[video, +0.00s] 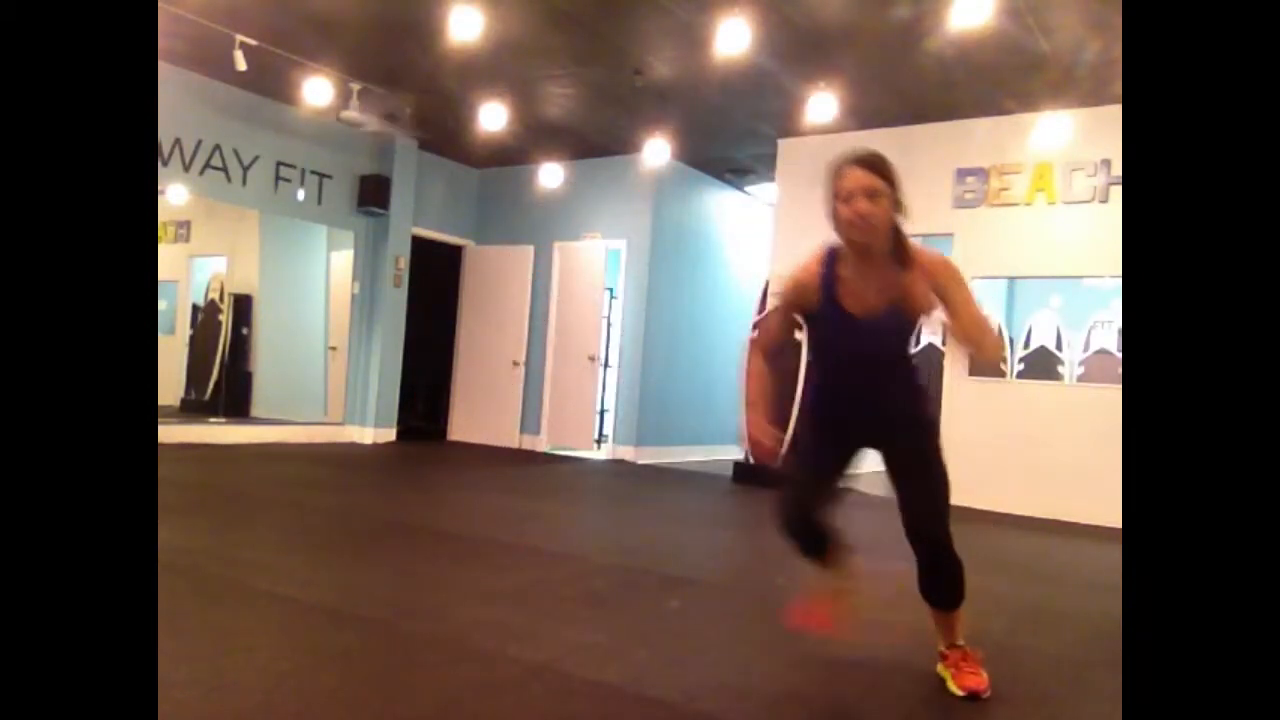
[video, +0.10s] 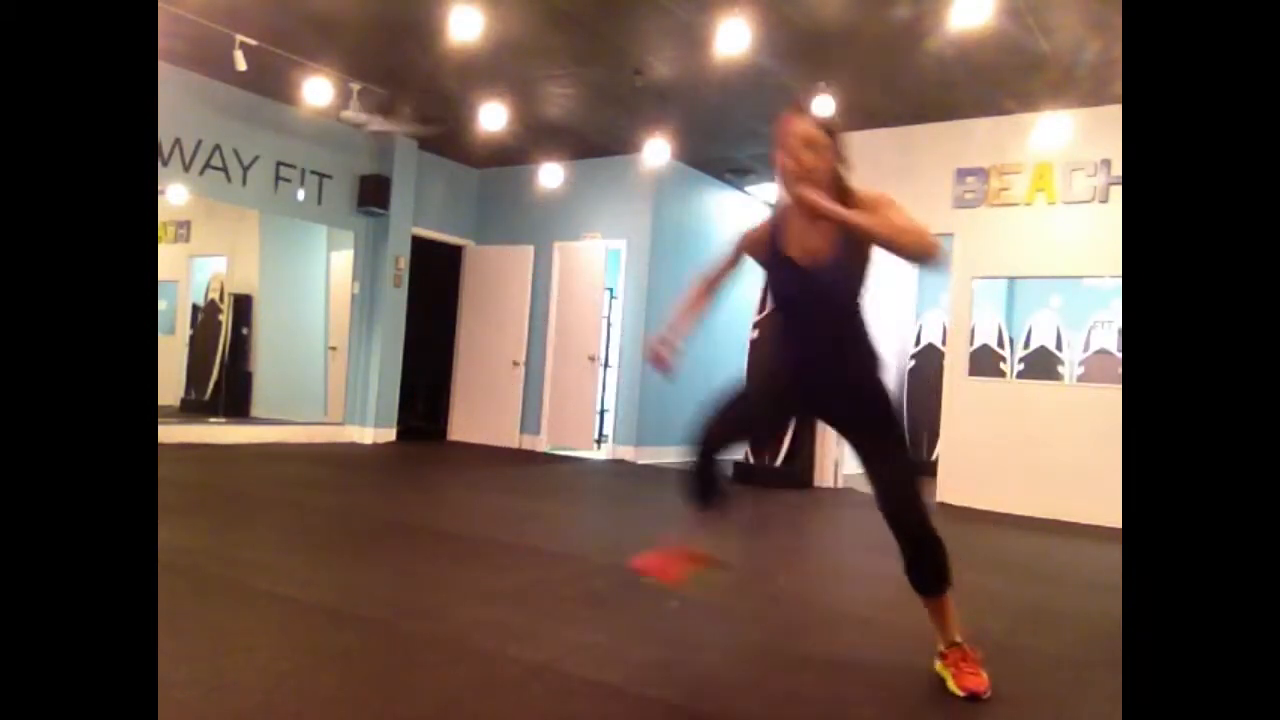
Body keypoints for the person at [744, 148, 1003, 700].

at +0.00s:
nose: (859, 208)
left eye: (872, 196)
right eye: (847, 198)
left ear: (894, 207)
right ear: (833, 211)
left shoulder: (928, 272)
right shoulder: (811, 278)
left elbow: (990, 350)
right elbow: (761, 347)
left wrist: (955, 314)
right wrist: (758, 418)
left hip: (899, 409)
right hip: (830, 410)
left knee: (930, 532)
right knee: (796, 515)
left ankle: (953, 647)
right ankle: (841, 571)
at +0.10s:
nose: (797, 158)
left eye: (810, 148)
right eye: (787, 148)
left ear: (835, 158)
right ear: (775, 159)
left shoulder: (865, 210)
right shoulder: (766, 234)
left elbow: (926, 247)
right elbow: (711, 284)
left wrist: (835, 210)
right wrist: (672, 336)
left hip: (850, 384)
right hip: (782, 381)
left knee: (903, 507)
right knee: (710, 442)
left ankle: (952, 643)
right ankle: (703, 542)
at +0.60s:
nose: (534, 258)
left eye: (550, 250)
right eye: (526, 247)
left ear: (574, 264)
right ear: (516, 256)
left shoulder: (595, 329)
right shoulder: (514, 312)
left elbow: (570, 420)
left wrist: (517, 350)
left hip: (603, 417)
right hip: (544, 401)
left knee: (556, 543)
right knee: (504, 492)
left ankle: (547, 545)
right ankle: (494, 597)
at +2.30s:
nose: (588, 210)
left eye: (601, 198)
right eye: (580, 199)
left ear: (629, 202)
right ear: (573, 204)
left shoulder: (656, 265)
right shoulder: (569, 251)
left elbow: (658, 331)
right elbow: (553, 289)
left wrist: (594, 270)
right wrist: (532, 326)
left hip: (641, 395)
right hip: (581, 385)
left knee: (677, 518)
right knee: (517, 479)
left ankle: (726, 521)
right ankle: (480, 599)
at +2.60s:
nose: (505, 292)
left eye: (520, 282)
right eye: (500, 279)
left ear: (554, 291)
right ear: (491, 282)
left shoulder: (577, 355)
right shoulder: (490, 334)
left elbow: (540, 458)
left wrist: (485, 381)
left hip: (576, 437)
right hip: (518, 416)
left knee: (515, 562)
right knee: (480, 495)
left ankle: (472, 543)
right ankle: (477, 603)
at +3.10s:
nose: (795, 137)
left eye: (807, 125)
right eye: (782, 125)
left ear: (827, 137)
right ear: (762, 135)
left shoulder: (847, 201)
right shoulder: (738, 195)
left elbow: (953, 245)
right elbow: (673, 278)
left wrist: (944, 318)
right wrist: (712, 225)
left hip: (797, 362)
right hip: (727, 353)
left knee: (853, 477)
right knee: (641, 443)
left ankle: (934, 602)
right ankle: (569, 526)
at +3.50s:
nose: (970, 281)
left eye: (981, 267)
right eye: (953, 271)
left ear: (997, 278)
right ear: (927, 284)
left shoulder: (996, 335)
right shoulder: (892, 353)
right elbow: (926, 471)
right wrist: (963, 393)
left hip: (948, 435)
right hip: (878, 449)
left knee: (975, 548)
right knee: (927, 585)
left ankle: (978, 664)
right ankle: (938, 532)